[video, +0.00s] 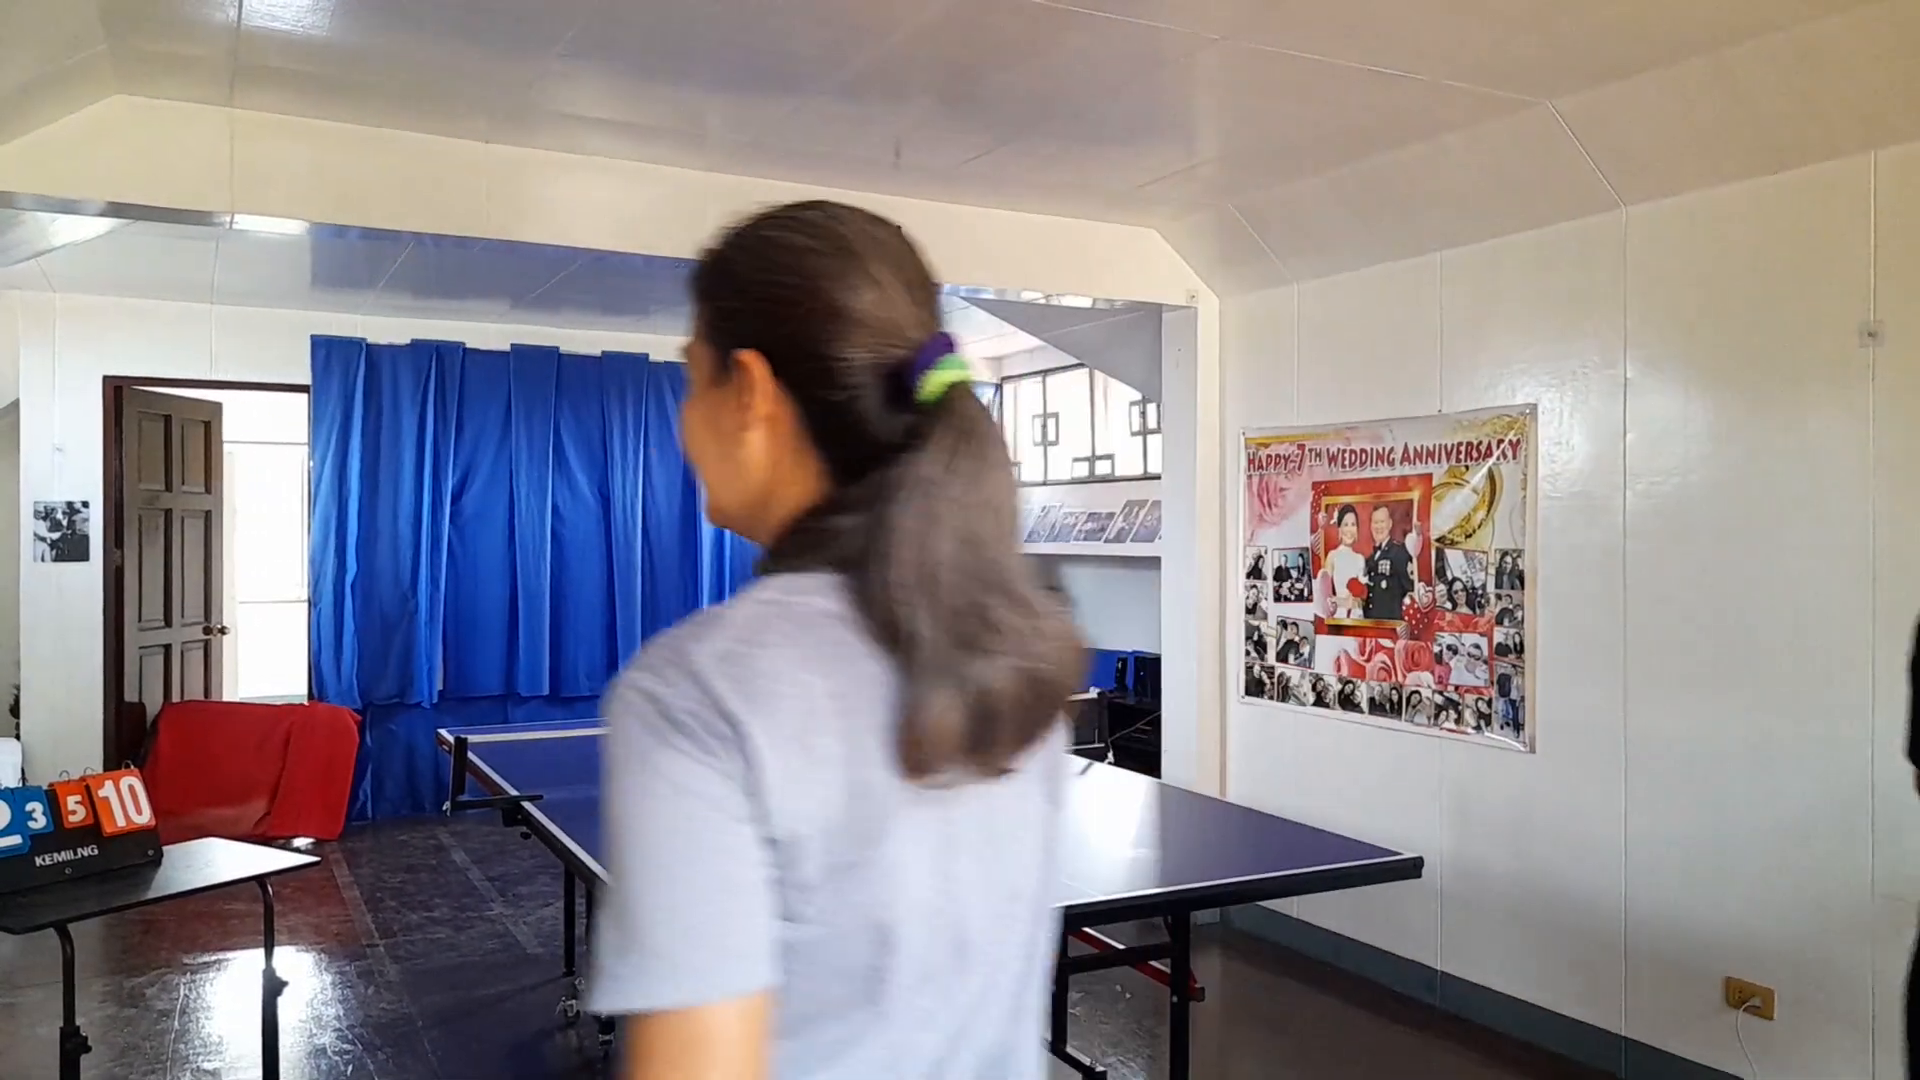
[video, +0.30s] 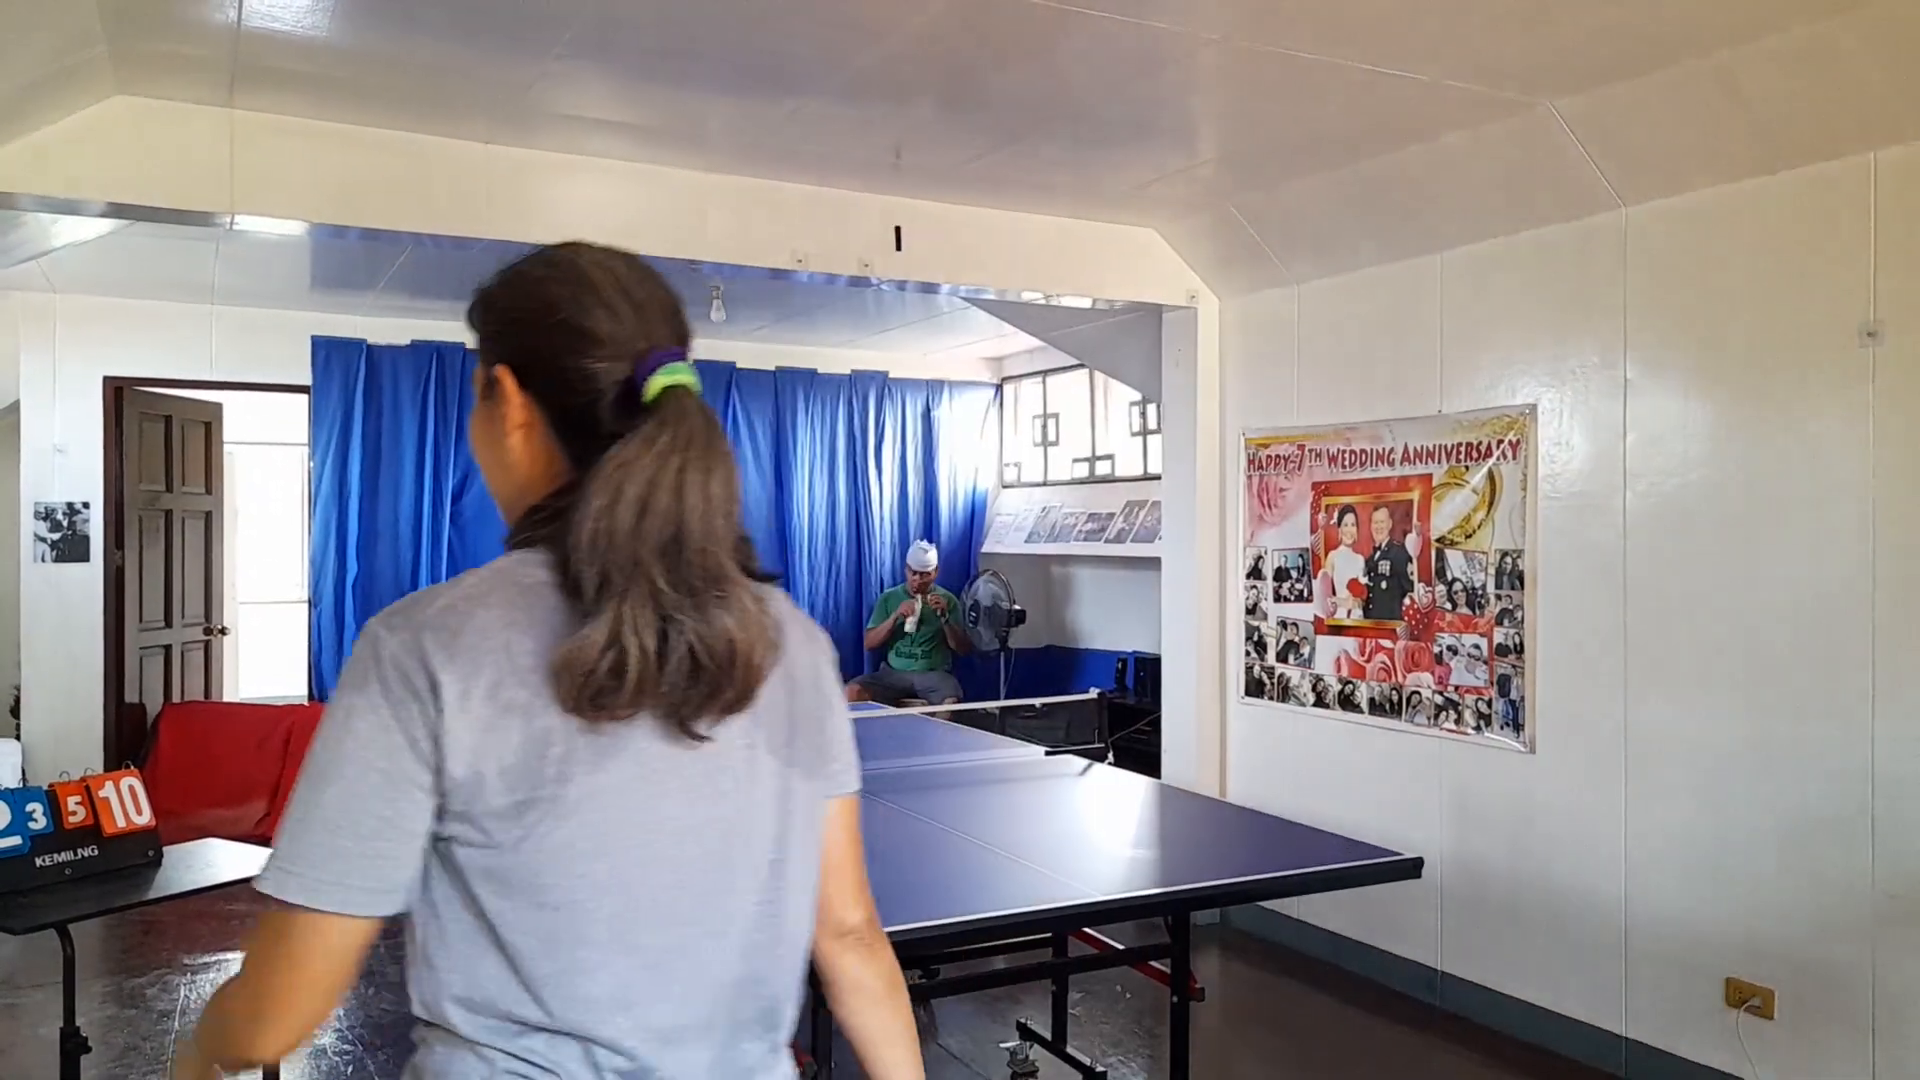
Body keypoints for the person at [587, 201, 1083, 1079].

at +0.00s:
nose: (681, 421)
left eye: (688, 380)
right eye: (683, 381)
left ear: (753, 394)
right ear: (906, 385)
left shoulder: (698, 689)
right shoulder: (1010, 642)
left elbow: (704, 1058)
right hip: (1004, 1062)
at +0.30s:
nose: (474, 426)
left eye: (476, 391)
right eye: (474, 390)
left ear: (510, 400)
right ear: (666, 397)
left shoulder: (430, 648)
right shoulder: (791, 644)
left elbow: (276, 1013)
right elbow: (849, 931)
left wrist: (205, 1054)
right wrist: (904, 1067)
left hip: (499, 1059)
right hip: (747, 1064)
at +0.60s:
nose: (347, 472)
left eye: (345, 442)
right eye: (345, 445)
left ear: (374, 439)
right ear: (496, 430)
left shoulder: (327, 625)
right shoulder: (629, 640)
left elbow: (152, 744)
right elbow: (673, 877)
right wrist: (726, 1033)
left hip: (354, 1060)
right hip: (559, 1059)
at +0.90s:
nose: (233, 509)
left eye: (226, 479)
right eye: (225, 483)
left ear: (250, 463)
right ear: (372, 446)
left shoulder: (241, 610)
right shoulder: (502, 611)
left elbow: (64, 672)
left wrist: (219, 563)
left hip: (245, 1051)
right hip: (446, 1037)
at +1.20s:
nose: (81, 500)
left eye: (77, 477)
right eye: (75, 479)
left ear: (101, 472)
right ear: (210, 460)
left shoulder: (65, 608)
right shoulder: (341, 610)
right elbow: (352, 814)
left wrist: (72, 576)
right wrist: (314, 924)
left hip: (71, 1028)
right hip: (272, 1025)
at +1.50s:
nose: (8, 477)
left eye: (9, 467)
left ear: (16, 475)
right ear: (137, 470)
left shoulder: (10, 594)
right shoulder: (228, 597)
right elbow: (298, 787)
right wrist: (366, 931)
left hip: (25, 996)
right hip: (183, 995)